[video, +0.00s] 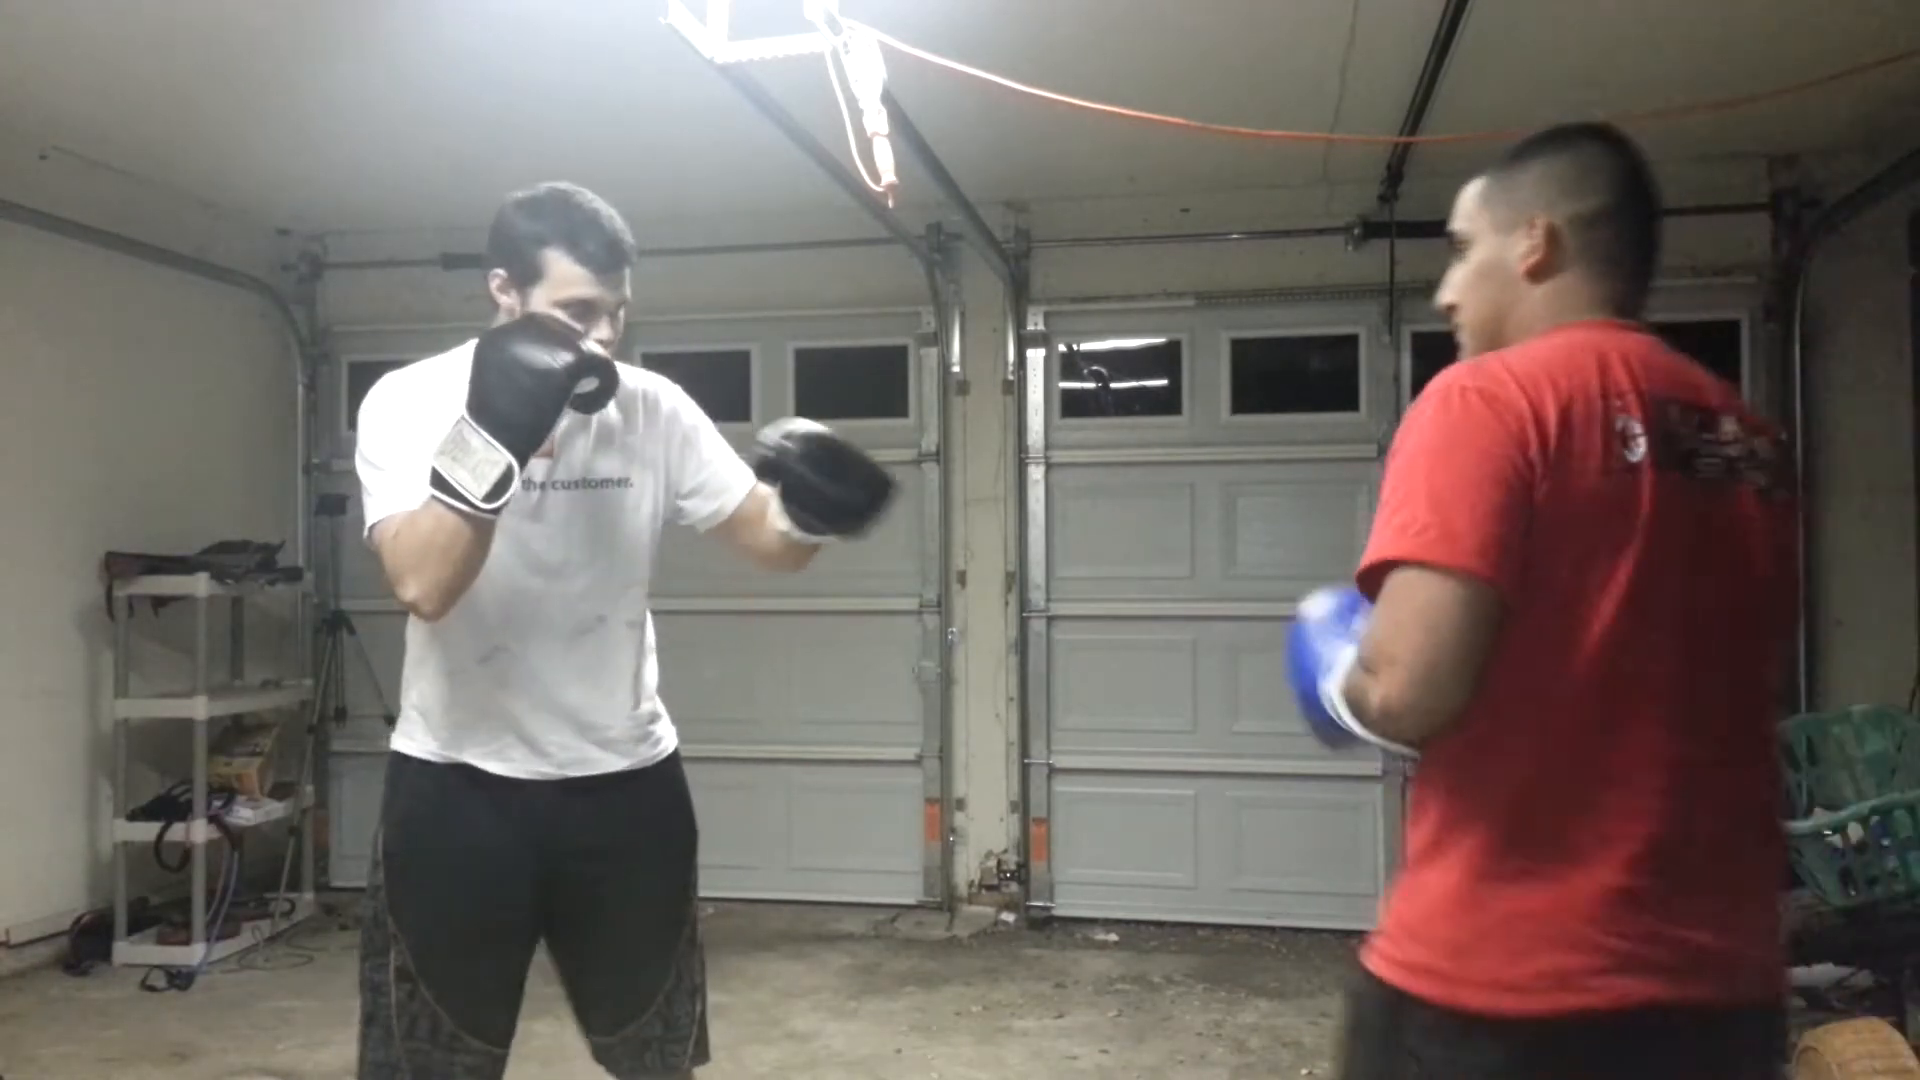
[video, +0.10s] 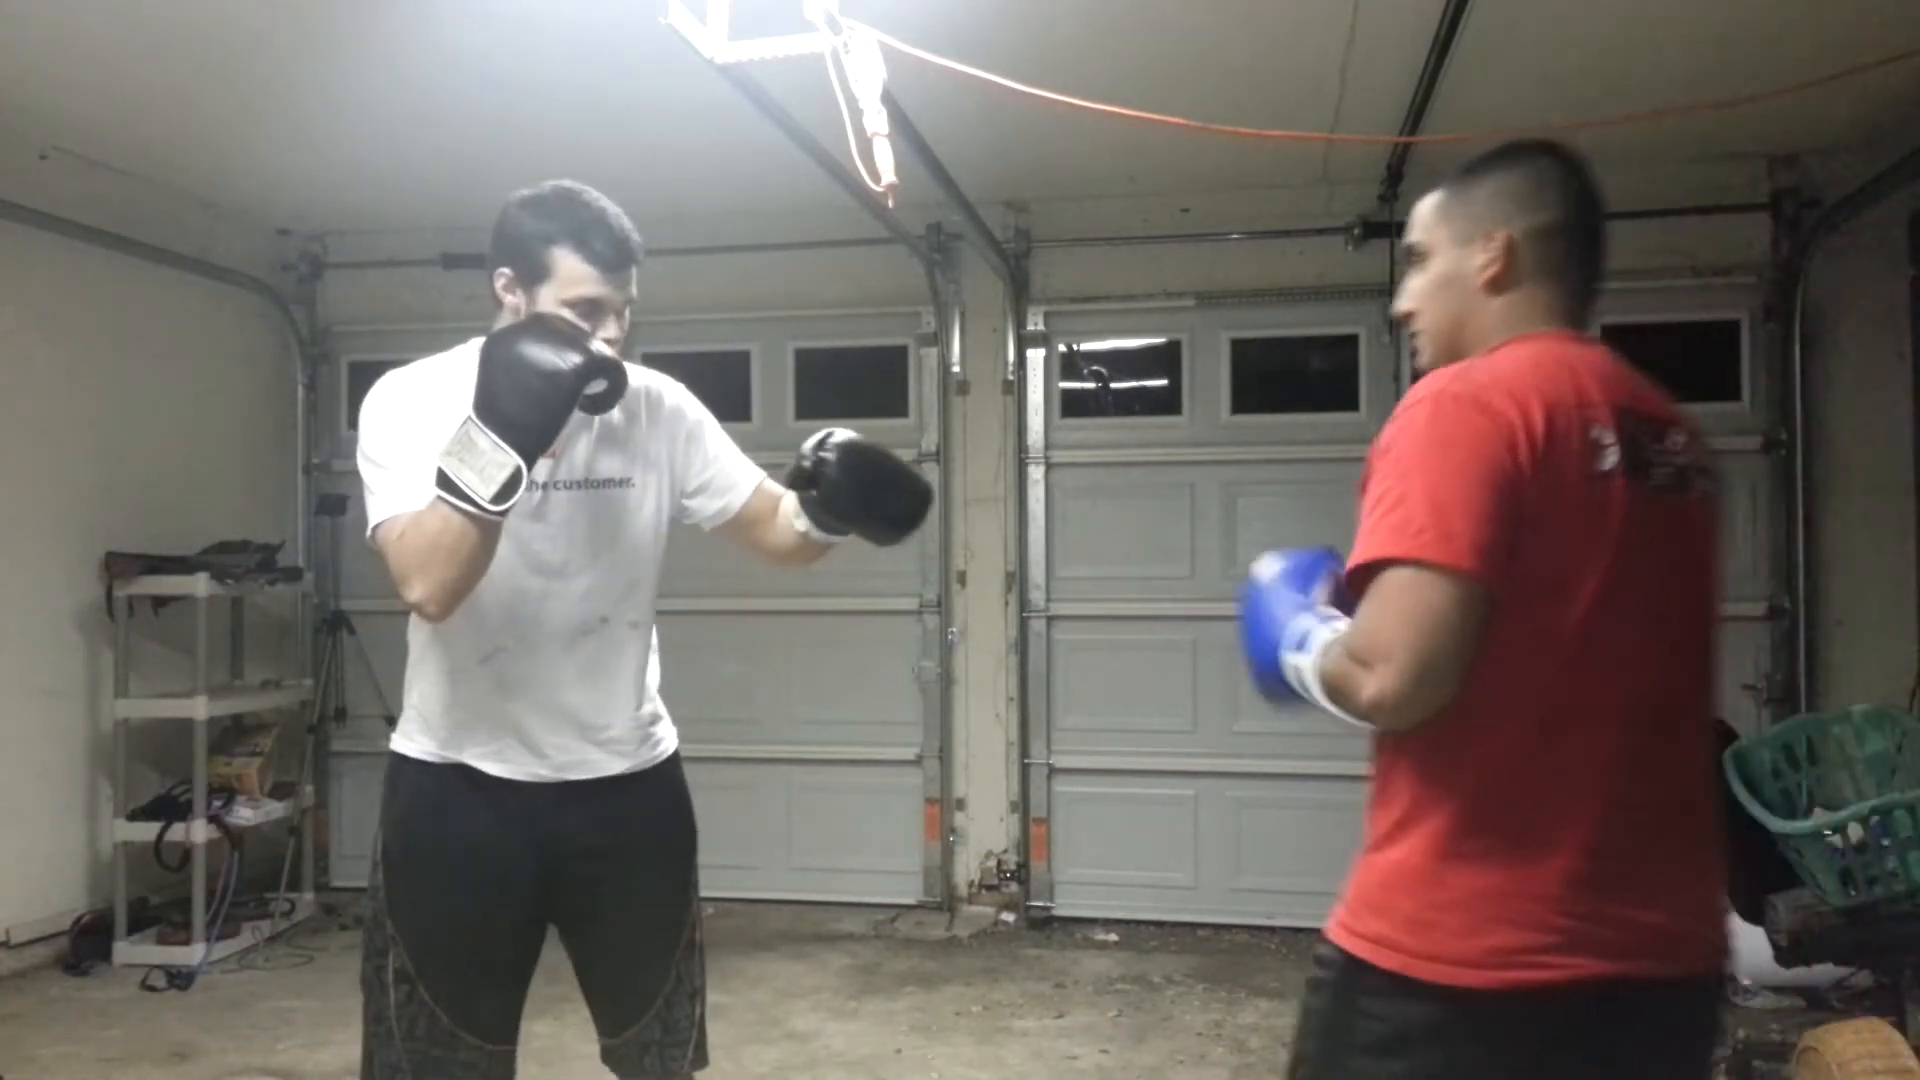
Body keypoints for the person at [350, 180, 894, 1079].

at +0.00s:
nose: (601, 337)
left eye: (615, 313)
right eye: (578, 312)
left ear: (628, 306)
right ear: (502, 297)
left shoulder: (655, 408)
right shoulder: (410, 402)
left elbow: (772, 543)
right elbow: (422, 585)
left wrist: (809, 511)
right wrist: (494, 432)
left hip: (626, 789)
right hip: (457, 792)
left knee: (659, 1060)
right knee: (432, 1063)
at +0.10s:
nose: (612, 337)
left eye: (624, 312)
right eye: (586, 311)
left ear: (636, 303)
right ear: (508, 296)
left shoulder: (660, 408)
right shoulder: (414, 400)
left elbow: (773, 528)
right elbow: (427, 585)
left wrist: (826, 512)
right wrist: (502, 433)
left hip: (629, 788)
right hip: (459, 792)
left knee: (664, 1059)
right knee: (441, 1063)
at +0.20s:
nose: (612, 336)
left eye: (624, 312)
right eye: (587, 309)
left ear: (636, 305)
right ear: (508, 293)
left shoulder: (658, 408)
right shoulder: (412, 398)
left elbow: (775, 525)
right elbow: (426, 583)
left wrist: (830, 505)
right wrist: (503, 431)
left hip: (624, 789)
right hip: (455, 794)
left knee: (663, 1060)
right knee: (436, 1063)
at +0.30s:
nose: (609, 332)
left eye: (621, 308)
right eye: (586, 306)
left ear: (634, 300)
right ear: (508, 289)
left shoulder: (652, 408)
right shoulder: (405, 395)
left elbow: (777, 512)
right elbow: (420, 579)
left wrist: (842, 496)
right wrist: (503, 427)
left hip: (615, 794)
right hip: (444, 797)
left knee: (653, 1064)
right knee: (431, 1064)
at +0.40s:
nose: (607, 329)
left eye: (619, 304)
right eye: (582, 302)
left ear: (626, 296)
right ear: (504, 285)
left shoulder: (639, 406)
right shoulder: (394, 394)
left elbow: (780, 491)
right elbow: (414, 575)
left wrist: (884, 487)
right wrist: (502, 419)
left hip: (604, 795)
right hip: (432, 795)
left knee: (639, 1064)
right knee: (414, 1065)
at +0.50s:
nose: (597, 327)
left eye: (609, 305)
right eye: (576, 299)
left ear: (615, 295)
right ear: (495, 281)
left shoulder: (622, 402)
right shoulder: (378, 393)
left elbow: (769, 465)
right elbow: (403, 569)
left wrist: (921, 474)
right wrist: (497, 409)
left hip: (589, 793)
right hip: (415, 793)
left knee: (621, 1058)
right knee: (391, 1060)